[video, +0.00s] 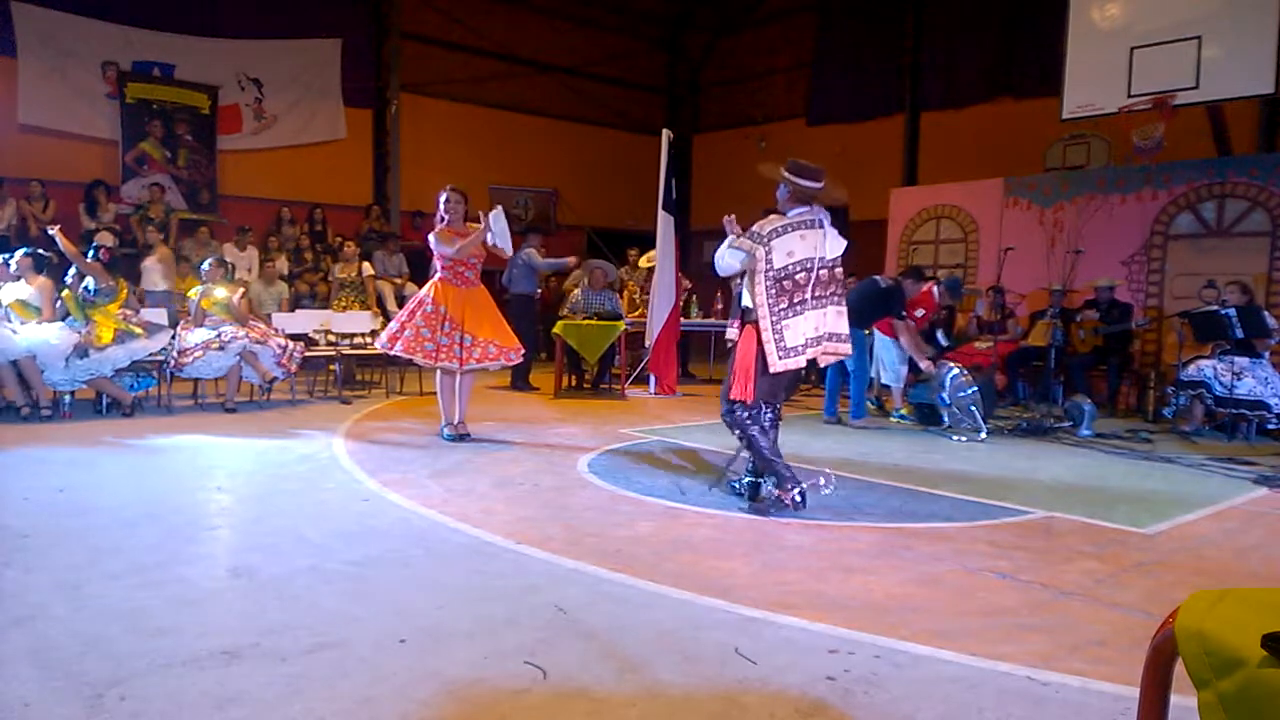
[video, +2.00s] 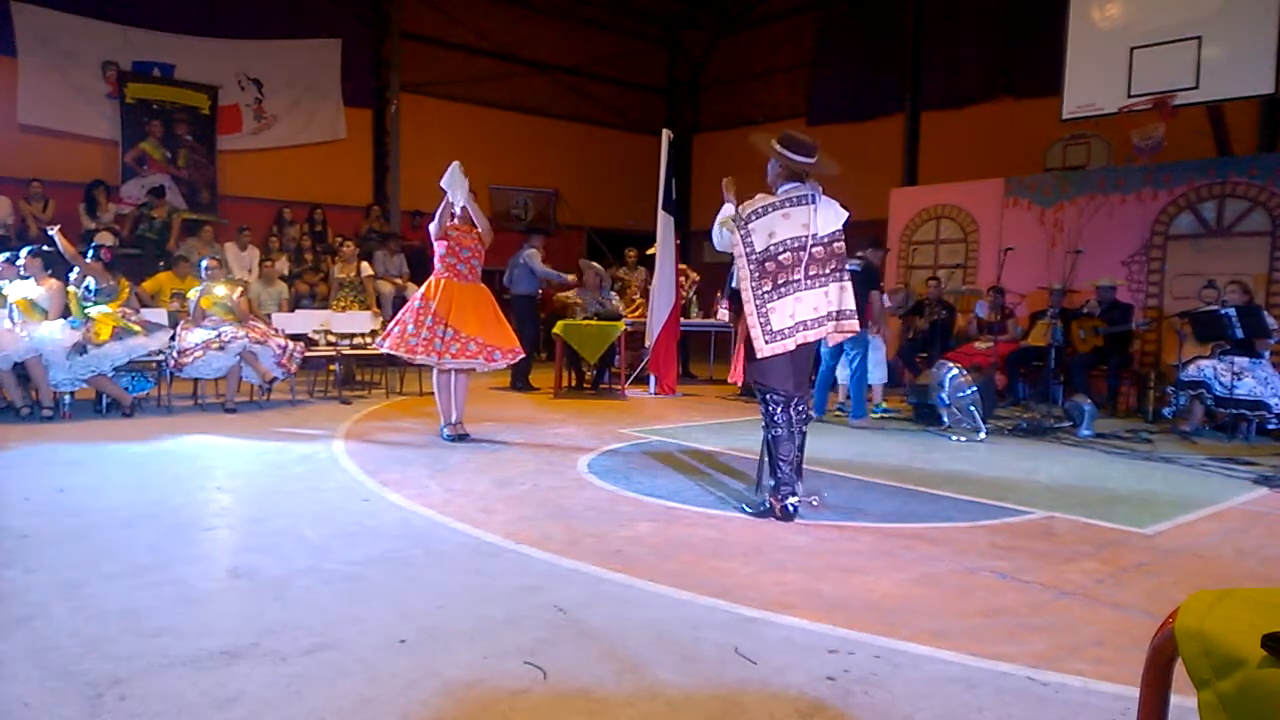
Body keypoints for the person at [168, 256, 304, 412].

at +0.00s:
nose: (205, 271)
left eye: (210, 268)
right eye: (205, 268)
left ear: (222, 271)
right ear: (202, 272)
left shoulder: (237, 291)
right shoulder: (197, 293)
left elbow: (244, 320)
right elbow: (197, 323)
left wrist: (231, 304)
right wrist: (201, 299)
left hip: (233, 327)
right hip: (207, 328)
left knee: (236, 355)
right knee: (236, 339)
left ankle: (230, 399)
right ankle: (264, 374)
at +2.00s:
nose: (210, 273)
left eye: (214, 269)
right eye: (206, 269)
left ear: (223, 270)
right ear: (201, 273)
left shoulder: (236, 289)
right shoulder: (197, 293)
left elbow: (245, 317)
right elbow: (196, 321)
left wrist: (233, 303)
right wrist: (201, 299)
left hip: (233, 328)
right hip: (207, 330)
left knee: (236, 357)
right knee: (238, 342)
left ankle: (230, 400)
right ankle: (264, 374)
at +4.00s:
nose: (205, 273)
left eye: (210, 269)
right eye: (202, 270)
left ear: (220, 270)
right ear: (198, 273)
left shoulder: (234, 288)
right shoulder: (196, 292)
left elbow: (245, 313)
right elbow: (191, 319)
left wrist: (227, 299)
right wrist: (189, 293)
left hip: (233, 327)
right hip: (207, 329)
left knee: (236, 357)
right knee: (238, 341)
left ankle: (229, 400)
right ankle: (264, 374)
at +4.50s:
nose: (204, 273)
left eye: (209, 269)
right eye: (201, 270)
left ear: (219, 270)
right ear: (197, 273)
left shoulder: (234, 289)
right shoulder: (195, 292)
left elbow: (244, 312)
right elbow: (190, 319)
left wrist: (225, 299)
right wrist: (189, 292)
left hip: (233, 327)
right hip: (206, 329)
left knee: (237, 356)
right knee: (238, 341)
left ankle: (229, 400)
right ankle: (264, 374)